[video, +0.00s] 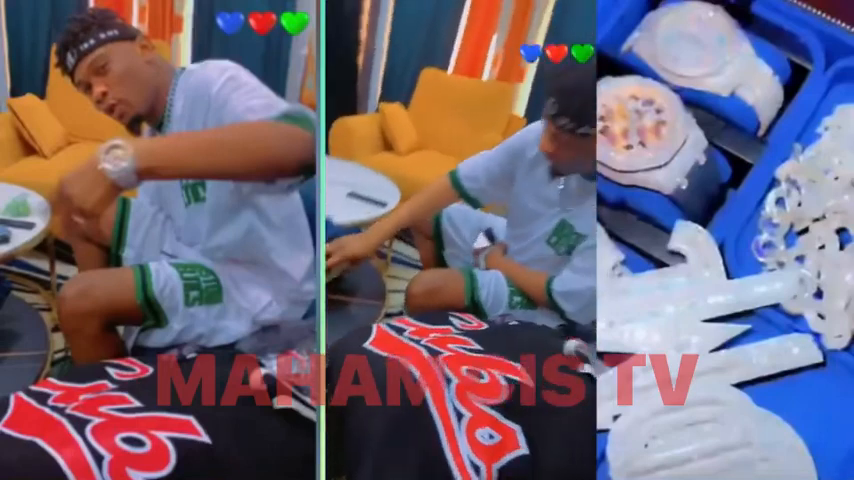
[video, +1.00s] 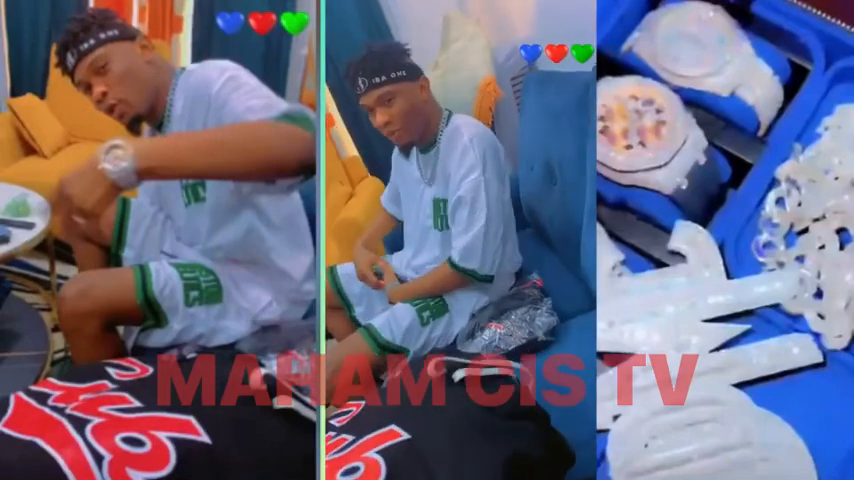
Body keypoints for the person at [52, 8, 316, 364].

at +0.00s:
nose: (98, 94)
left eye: (102, 70)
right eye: (87, 89)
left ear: (144, 48)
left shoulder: (214, 81)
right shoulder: (152, 132)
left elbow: (297, 146)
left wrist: (132, 160)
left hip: (260, 278)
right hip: (190, 251)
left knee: (81, 300)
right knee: (84, 214)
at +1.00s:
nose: (98, 94)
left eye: (102, 70)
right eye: (87, 89)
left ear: (144, 48)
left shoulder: (212, 81)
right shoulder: (152, 133)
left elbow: (299, 145)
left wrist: (132, 160)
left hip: (259, 280)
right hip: (190, 251)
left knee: (80, 300)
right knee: (85, 215)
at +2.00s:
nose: (98, 94)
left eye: (102, 70)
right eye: (87, 89)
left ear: (144, 48)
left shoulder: (212, 81)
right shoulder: (152, 133)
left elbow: (298, 146)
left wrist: (132, 160)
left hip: (259, 279)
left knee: (80, 300)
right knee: (84, 215)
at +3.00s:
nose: (98, 94)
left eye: (102, 70)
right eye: (87, 89)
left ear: (144, 48)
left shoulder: (213, 81)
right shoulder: (152, 133)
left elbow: (298, 146)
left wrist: (132, 160)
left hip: (260, 280)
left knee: (80, 300)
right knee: (85, 215)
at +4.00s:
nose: (97, 94)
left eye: (102, 70)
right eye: (87, 89)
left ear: (145, 48)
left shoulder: (213, 81)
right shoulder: (153, 135)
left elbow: (299, 145)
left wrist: (131, 160)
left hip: (261, 278)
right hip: (191, 253)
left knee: (80, 300)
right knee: (83, 213)